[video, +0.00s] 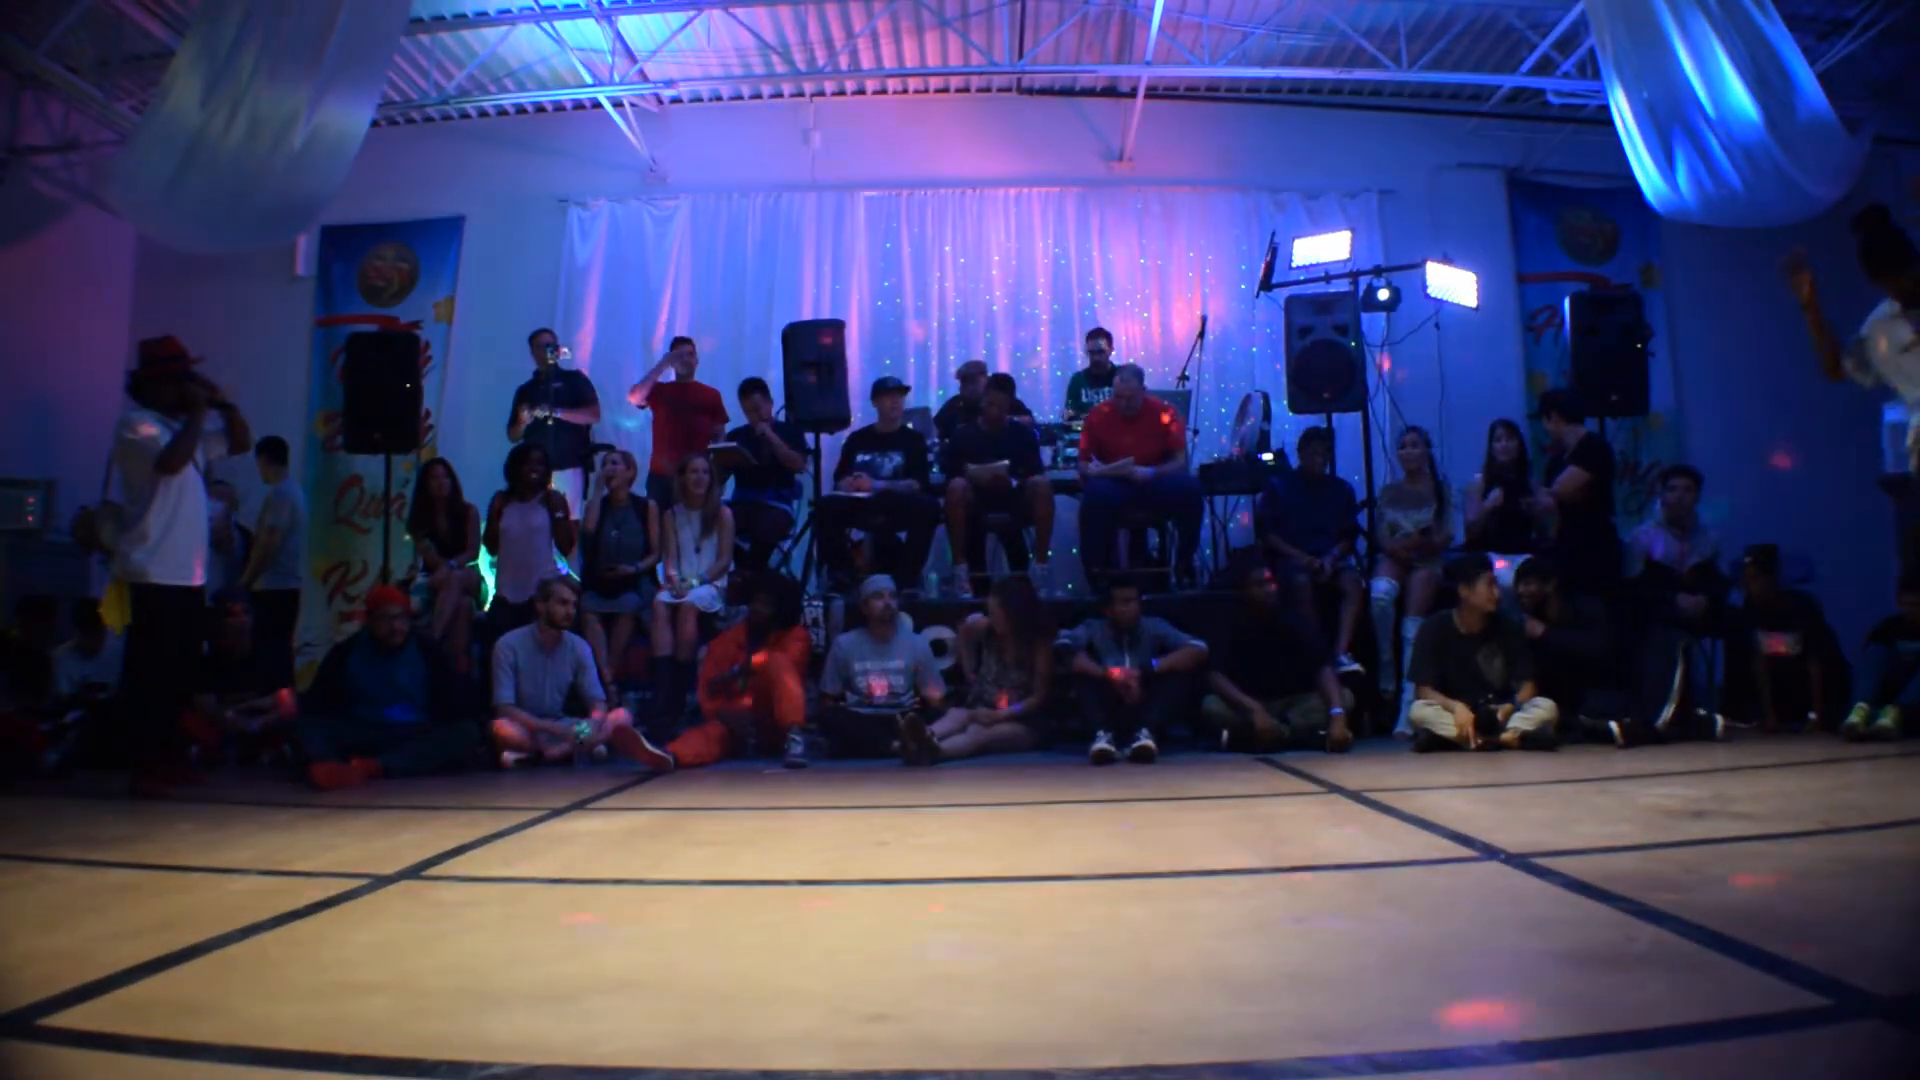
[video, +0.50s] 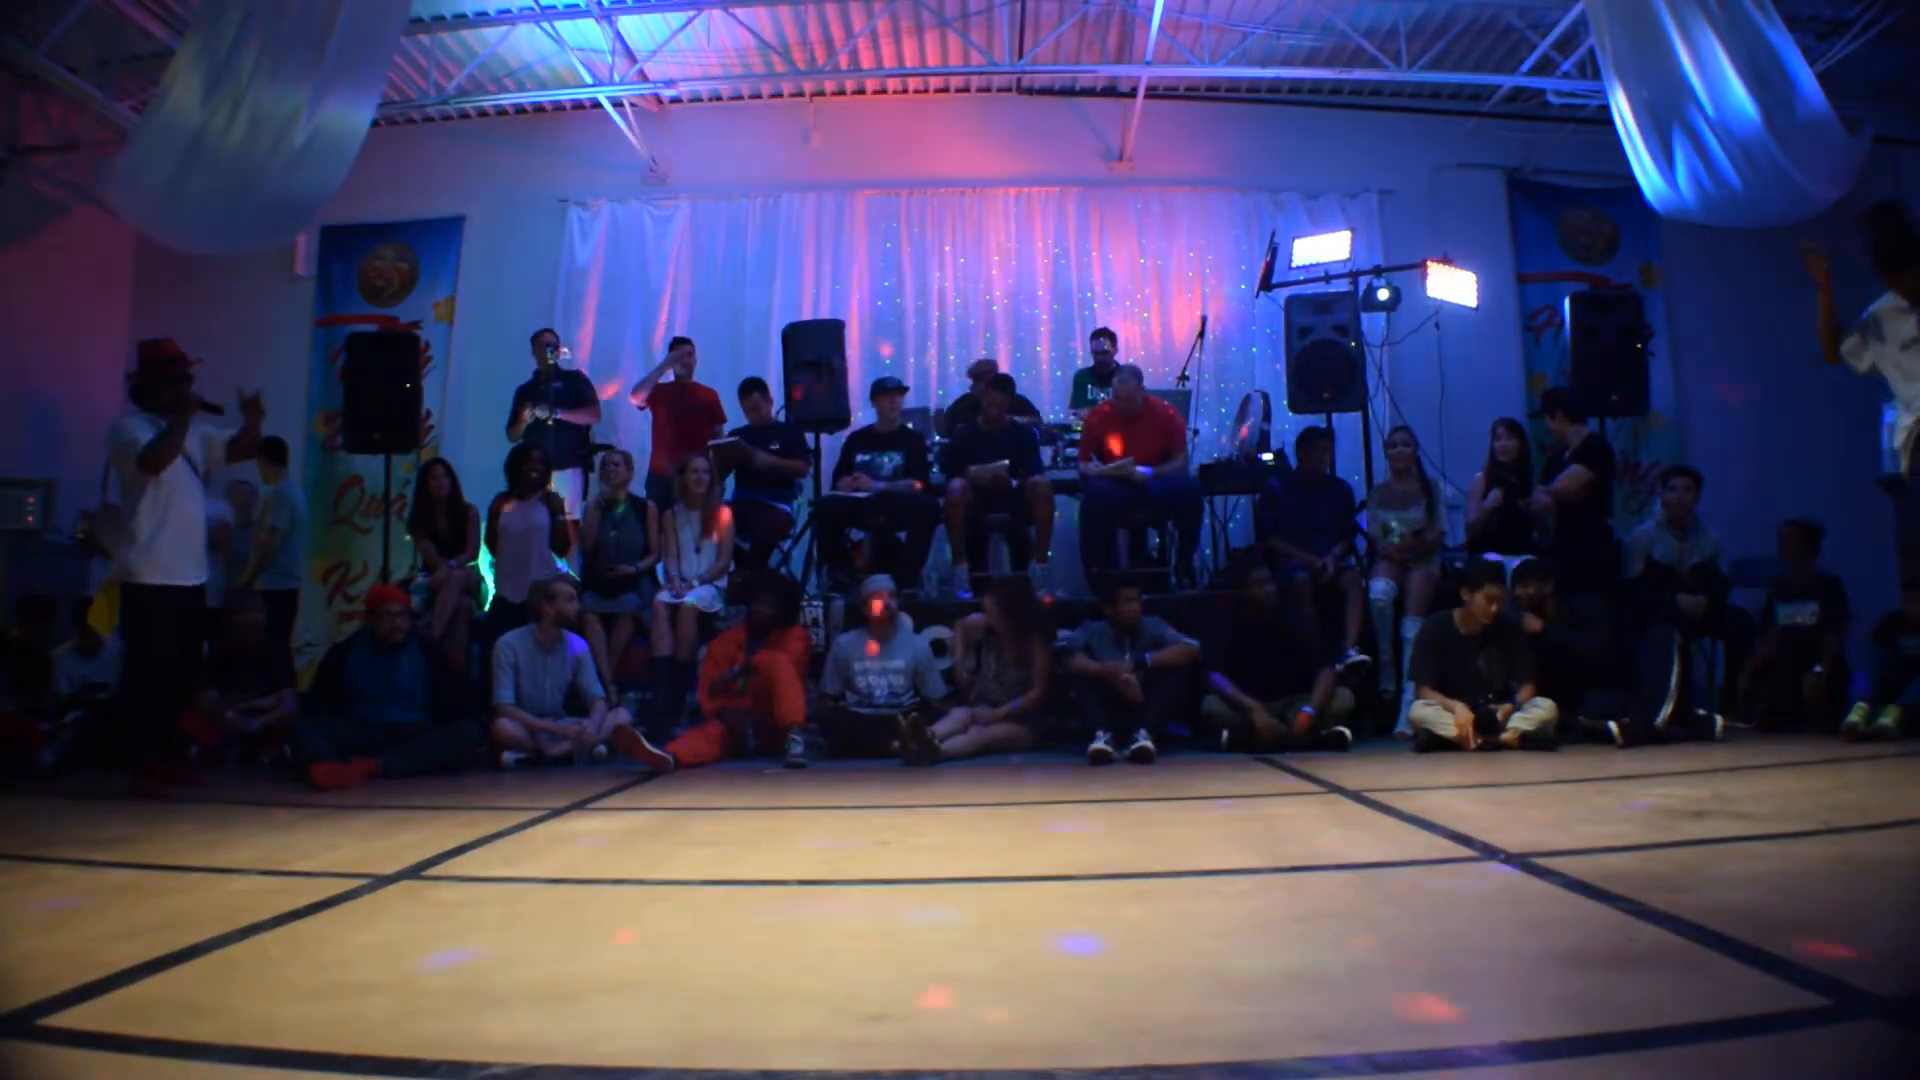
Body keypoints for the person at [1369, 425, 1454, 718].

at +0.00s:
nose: (1409, 452)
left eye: (1415, 446)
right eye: (1403, 447)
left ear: (1427, 451)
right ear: (1398, 454)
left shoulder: (1442, 490)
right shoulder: (1388, 493)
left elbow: (1447, 533)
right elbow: (1380, 533)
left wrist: (1417, 542)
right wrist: (1396, 548)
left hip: (1426, 557)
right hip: (1393, 556)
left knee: (1413, 628)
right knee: (1381, 596)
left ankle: (1409, 694)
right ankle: (1385, 669)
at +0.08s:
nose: (1408, 451)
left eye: (1414, 445)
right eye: (1402, 446)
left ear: (1425, 451)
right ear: (1396, 454)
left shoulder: (1440, 491)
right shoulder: (1385, 494)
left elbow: (1445, 533)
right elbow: (1378, 534)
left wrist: (1419, 545)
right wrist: (1394, 548)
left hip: (1424, 558)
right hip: (1392, 558)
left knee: (1413, 627)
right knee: (1380, 597)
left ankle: (1409, 692)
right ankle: (1386, 667)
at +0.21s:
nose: (1405, 451)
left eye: (1411, 444)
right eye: (1399, 446)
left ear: (1421, 450)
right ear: (1393, 454)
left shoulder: (1435, 492)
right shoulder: (1383, 493)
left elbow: (1440, 534)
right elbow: (1378, 536)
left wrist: (1406, 547)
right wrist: (1402, 546)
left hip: (1422, 557)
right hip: (1390, 557)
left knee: (1412, 629)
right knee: (1380, 598)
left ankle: (1409, 687)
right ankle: (1386, 669)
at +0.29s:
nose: (1403, 450)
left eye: (1409, 445)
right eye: (1397, 446)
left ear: (1419, 451)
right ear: (1390, 453)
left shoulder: (1434, 490)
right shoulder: (1379, 493)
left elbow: (1438, 532)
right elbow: (1375, 535)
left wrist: (1414, 547)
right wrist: (1391, 549)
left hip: (1422, 557)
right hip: (1389, 557)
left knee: (1413, 626)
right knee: (1379, 595)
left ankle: (1409, 687)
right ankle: (1386, 669)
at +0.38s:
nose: (1400, 451)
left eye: (1406, 445)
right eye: (1394, 446)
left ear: (1417, 452)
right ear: (1387, 453)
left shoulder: (1433, 489)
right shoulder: (1379, 493)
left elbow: (1438, 532)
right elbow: (1376, 536)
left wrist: (1409, 542)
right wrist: (1395, 548)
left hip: (1421, 558)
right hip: (1389, 558)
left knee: (1412, 626)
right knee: (1379, 595)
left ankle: (1408, 694)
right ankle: (1386, 668)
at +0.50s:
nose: (1399, 451)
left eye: (1405, 445)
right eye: (1393, 446)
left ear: (1415, 451)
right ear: (1386, 453)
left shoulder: (1430, 488)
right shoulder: (1378, 493)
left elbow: (1438, 529)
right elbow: (1373, 533)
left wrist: (1414, 544)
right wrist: (1389, 549)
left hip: (1420, 558)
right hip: (1388, 558)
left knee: (1412, 628)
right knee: (1379, 596)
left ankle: (1408, 696)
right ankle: (1386, 668)